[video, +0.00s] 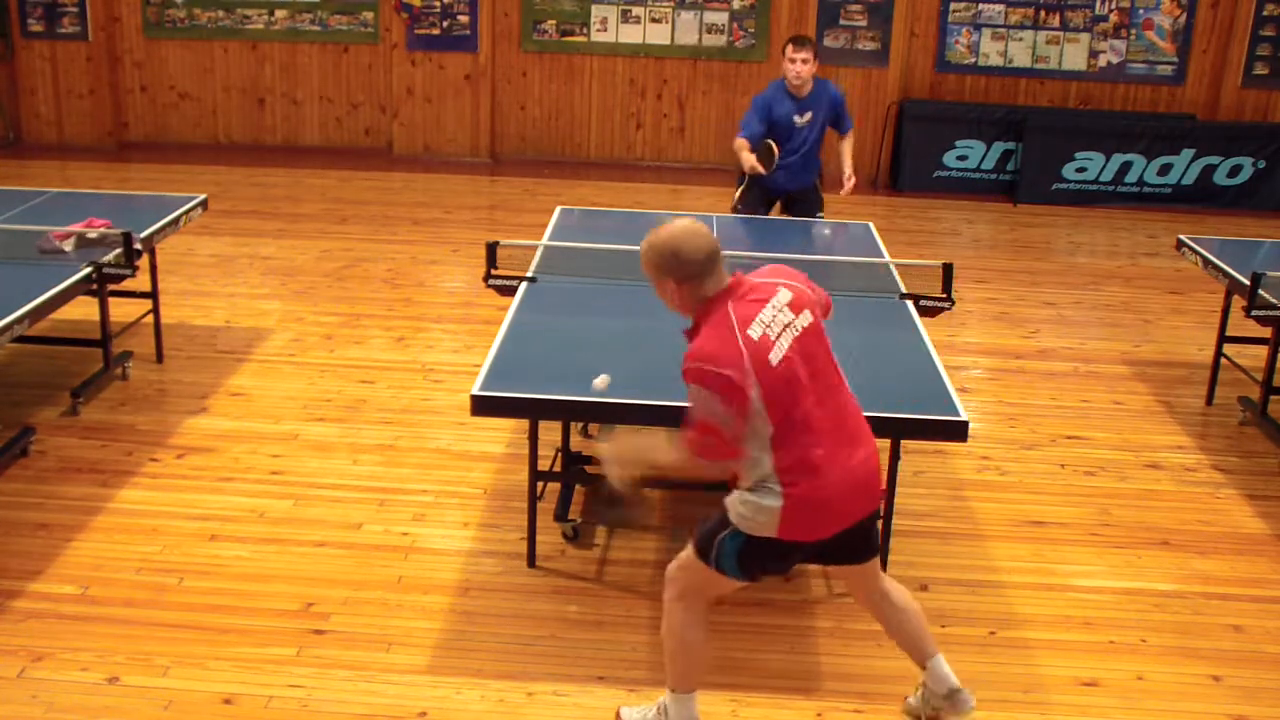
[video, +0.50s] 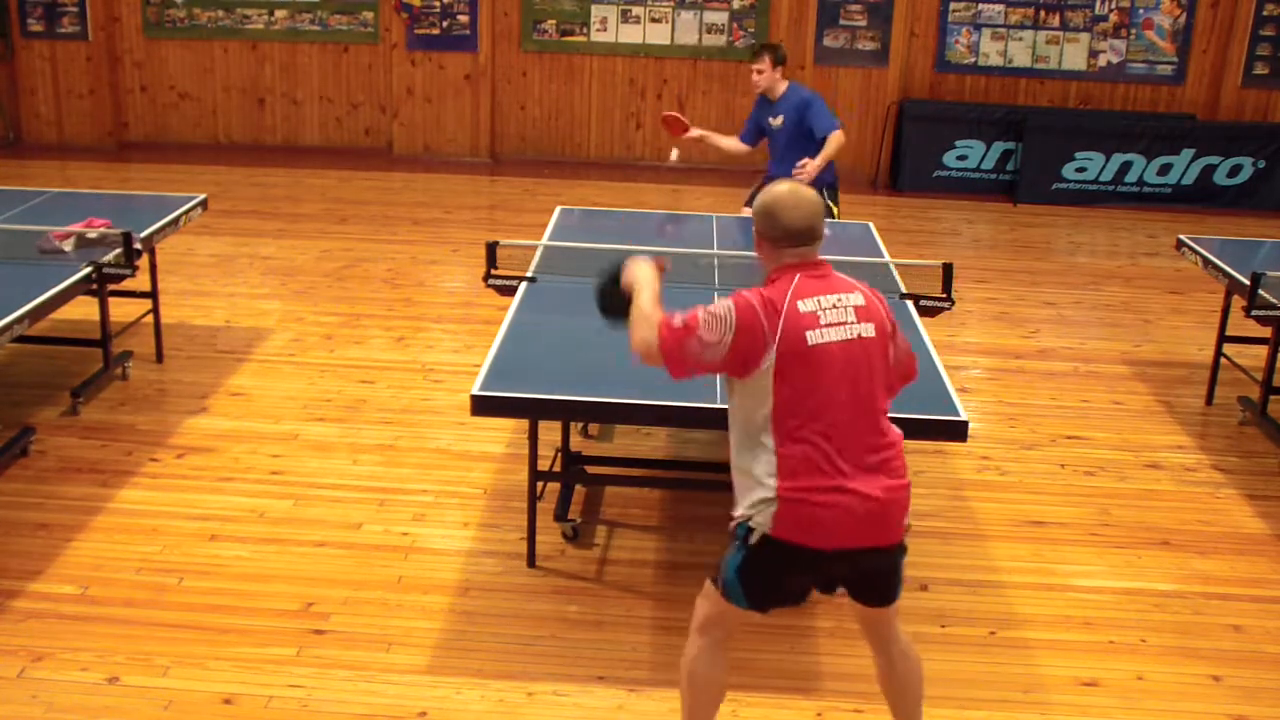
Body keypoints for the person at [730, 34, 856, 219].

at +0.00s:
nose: (797, 68)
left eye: (804, 62)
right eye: (792, 61)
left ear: (815, 66)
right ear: (783, 63)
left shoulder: (828, 95)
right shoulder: (768, 99)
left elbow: (845, 131)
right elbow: (742, 138)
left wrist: (847, 168)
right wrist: (745, 155)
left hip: (804, 181)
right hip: (764, 178)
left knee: (811, 238)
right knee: (743, 233)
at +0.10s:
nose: (797, 58)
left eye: (804, 52)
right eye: (792, 51)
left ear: (815, 55)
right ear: (784, 53)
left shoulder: (833, 87)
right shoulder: (770, 91)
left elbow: (853, 121)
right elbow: (753, 131)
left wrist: (847, 161)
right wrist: (754, 153)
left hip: (815, 173)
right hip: (774, 171)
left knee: (828, 228)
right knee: (753, 221)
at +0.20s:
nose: (793, 60)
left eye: (800, 54)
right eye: (788, 53)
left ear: (812, 56)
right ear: (781, 55)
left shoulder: (833, 90)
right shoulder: (770, 93)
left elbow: (853, 125)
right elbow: (758, 135)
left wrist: (842, 163)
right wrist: (754, 167)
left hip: (821, 177)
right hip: (780, 176)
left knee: (836, 237)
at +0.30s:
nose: (783, 71)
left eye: (790, 64)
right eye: (778, 65)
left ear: (804, 66)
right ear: (773, 67)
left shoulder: (825, 99)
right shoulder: (772, 101)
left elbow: (851, 137)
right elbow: (761, 144)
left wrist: (832, 175)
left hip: (823, 195)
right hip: (787, 194)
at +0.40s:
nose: (764, 79)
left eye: (771, 72)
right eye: (761, 73)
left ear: (789, 73)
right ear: (758, 74)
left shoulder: (809, 101)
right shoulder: (770, 104)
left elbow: (843, 141)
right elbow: (754, 138)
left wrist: (821, 176)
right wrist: (713, 139)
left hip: (822, 193)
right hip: (790, 193)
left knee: (824, 255)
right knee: (790, 252)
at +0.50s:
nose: (754, 78)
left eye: (760, 72)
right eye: (752, 72)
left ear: (778, 72)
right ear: (750, 71)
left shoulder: (806, 99)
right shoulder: (763, 103)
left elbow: (837, 137)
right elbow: (743, 145)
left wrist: (816, 165)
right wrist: (703, 135)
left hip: (815, 185)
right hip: (777, 183)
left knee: (822, 241)